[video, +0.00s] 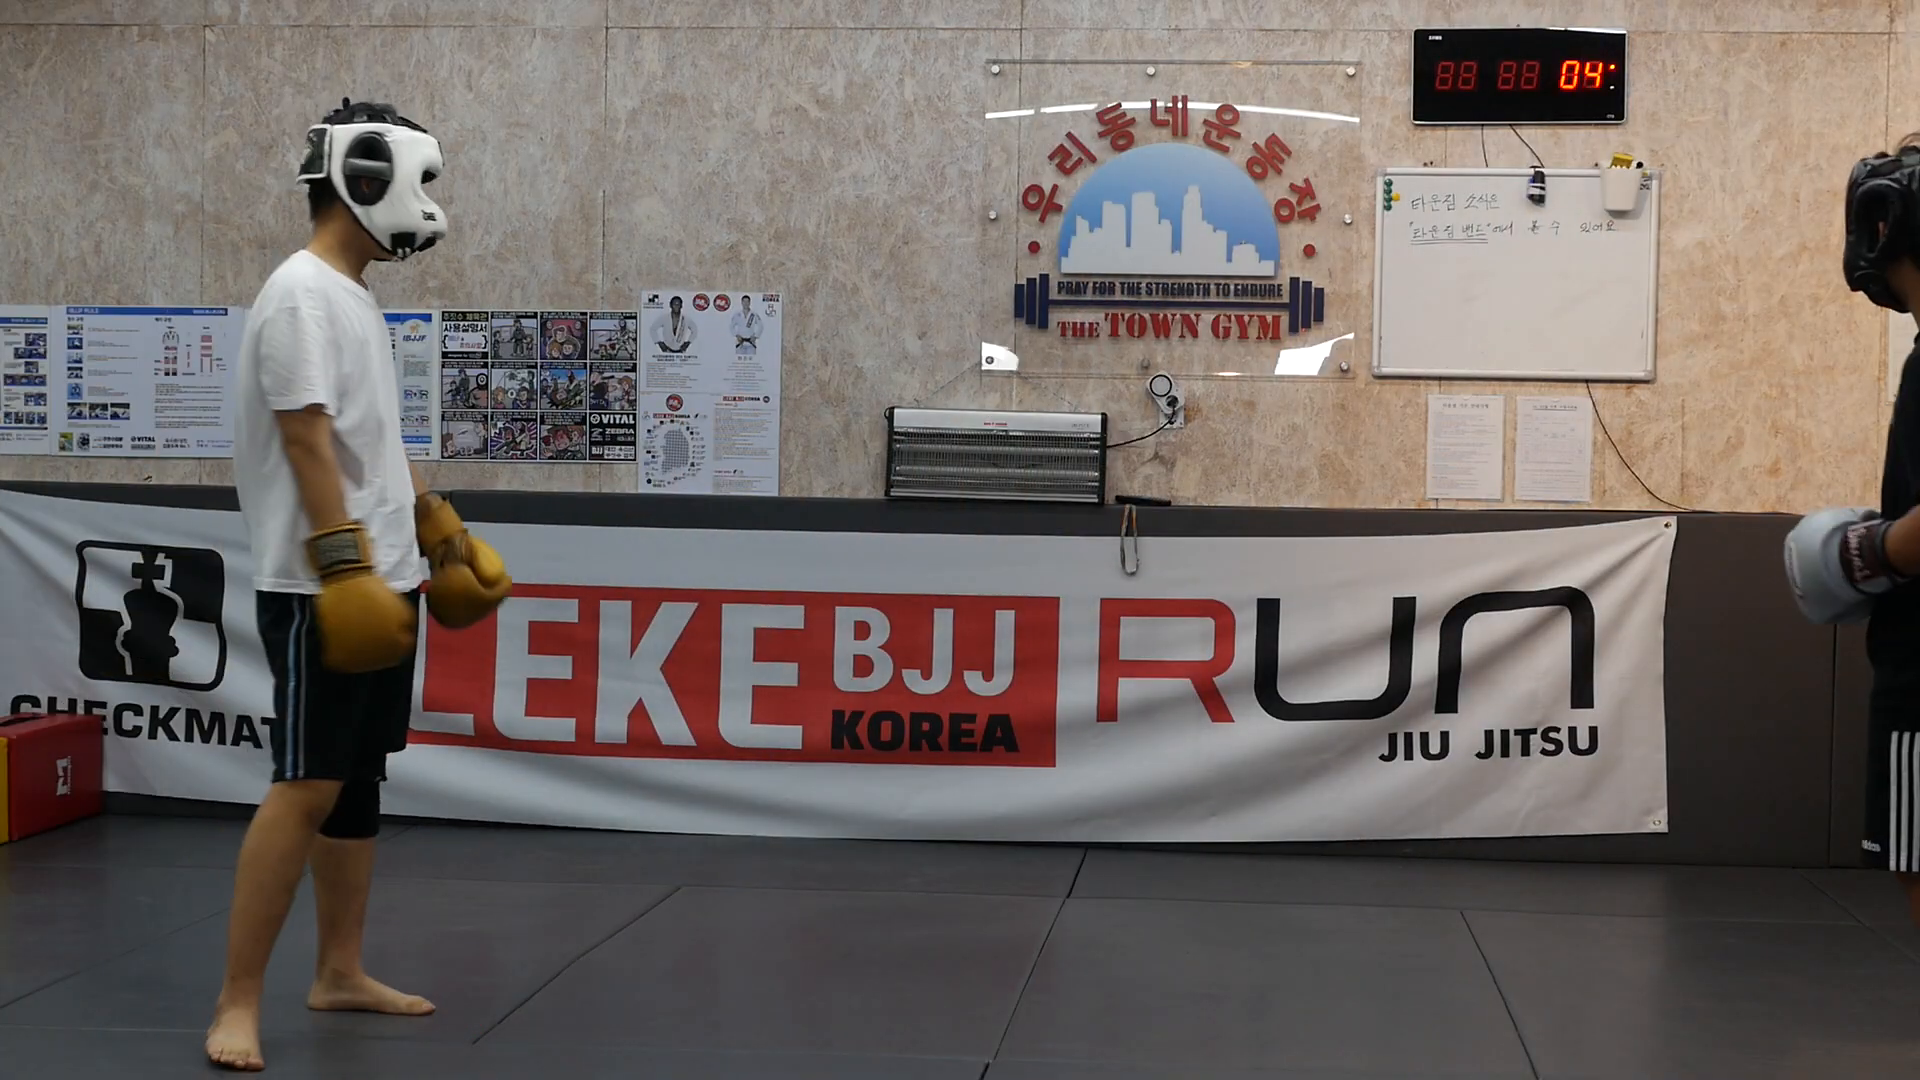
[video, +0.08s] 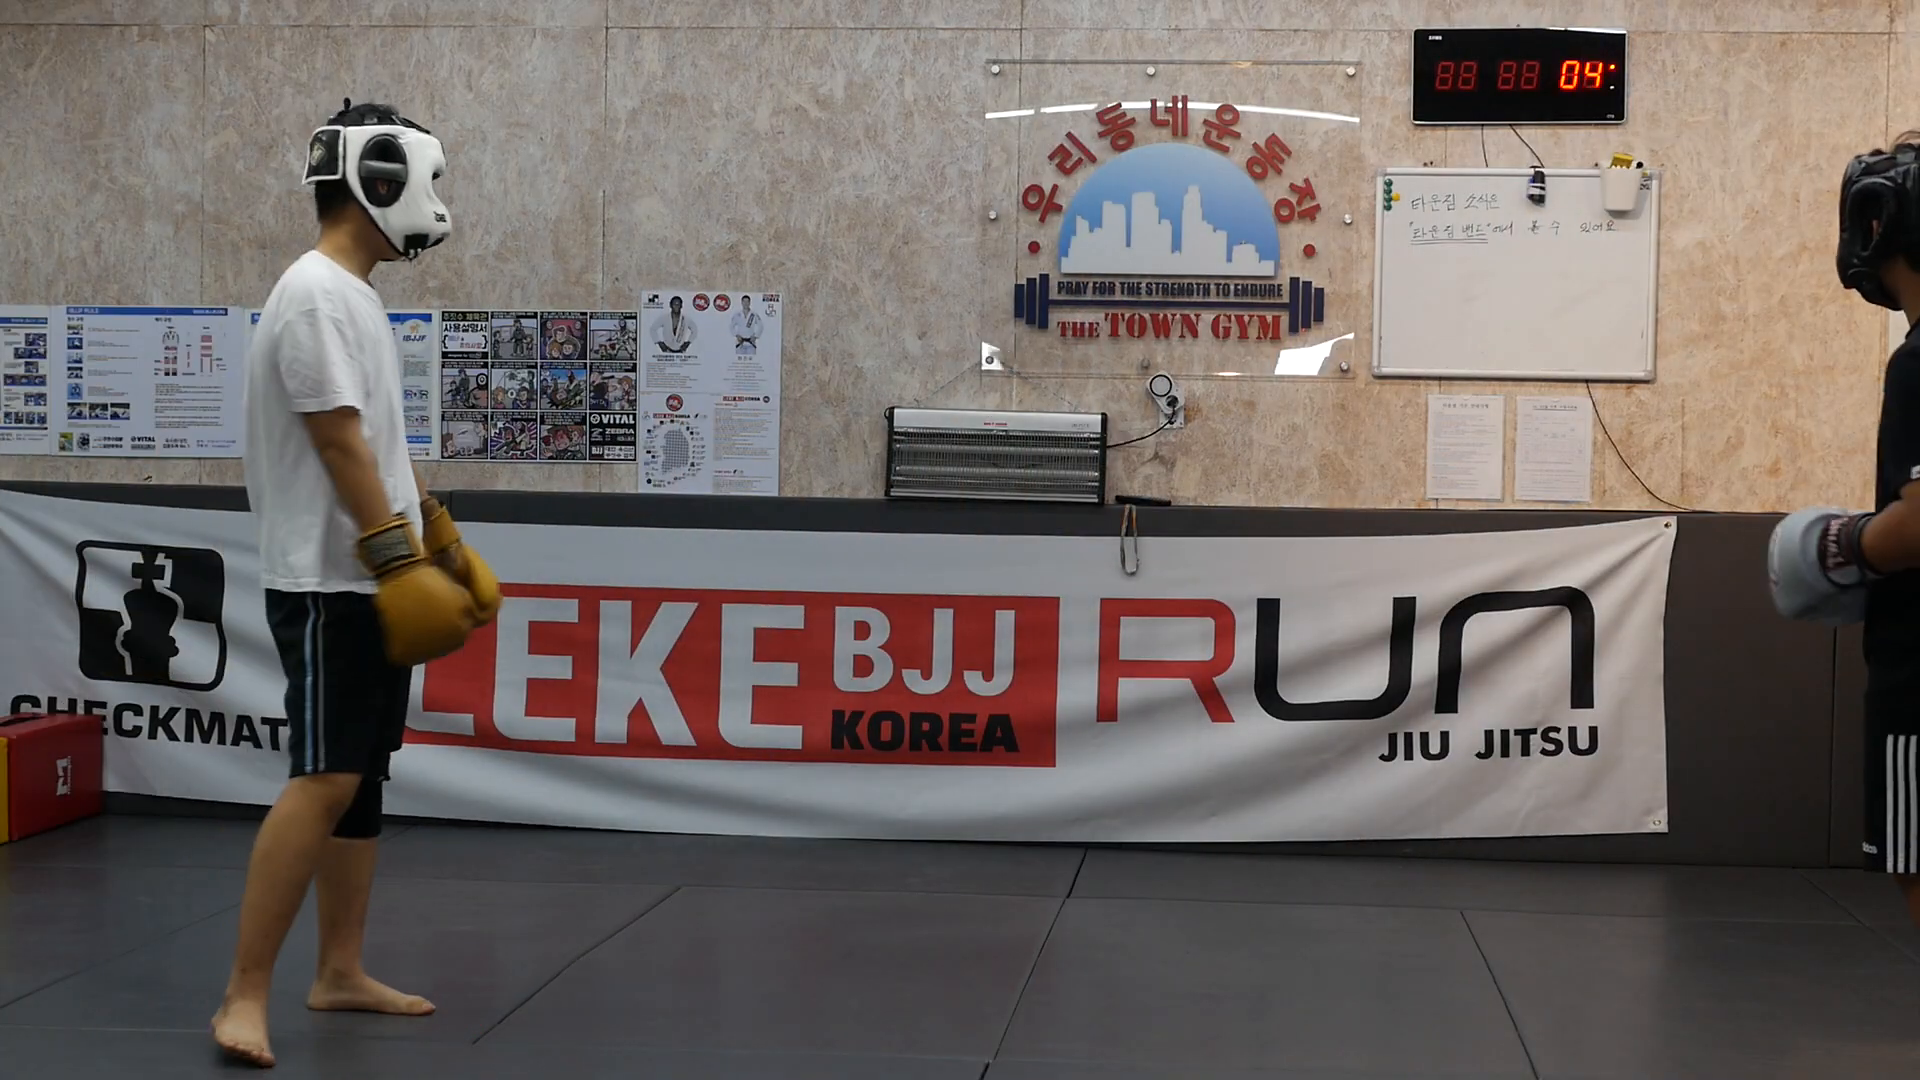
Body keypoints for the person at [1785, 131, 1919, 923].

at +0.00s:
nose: (1861, 256)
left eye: (1863, 232)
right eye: (1862, 234)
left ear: (1885, 232)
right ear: (1898, 233)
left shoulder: (1919, 361)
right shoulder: (1914, 359)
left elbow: (1917, 527)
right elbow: (1915, 516)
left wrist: (1872, 548)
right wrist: (1870, 546)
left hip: (1918, 688)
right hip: (1909, 682)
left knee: (1917, 886)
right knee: (1913, 882)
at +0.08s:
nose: (1856, 254)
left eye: (1859, 231)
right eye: (1859, 232)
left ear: (1879, 233)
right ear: (1896, 233)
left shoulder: (1912, 362)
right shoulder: (1905, 360)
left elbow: (1908, 519)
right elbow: (1906, 516)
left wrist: (1849, 543)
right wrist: (1861, 559)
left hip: (1909, 691)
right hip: (1902, 685)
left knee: (1911, 878)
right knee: (1907, 874)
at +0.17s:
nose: (1846, 246)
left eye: (1851, 226)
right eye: (1850, 226)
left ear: (1875, 233)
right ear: (1898, 232)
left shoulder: (1907, 360)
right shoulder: (1903, 358)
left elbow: (1901, 521)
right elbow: (1902, 518)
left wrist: (1828, 545)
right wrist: (1851, 563)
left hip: (1910, 689)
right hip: (1904, 683)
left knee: (1911, 877)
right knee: (1905, 873)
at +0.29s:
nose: (1854, 256)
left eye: (1857, 236)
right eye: (1856, 236)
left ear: (1876, 238)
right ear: (1912, 236)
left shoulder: (1900, 359)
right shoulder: (1907, 355)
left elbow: (1895, 520)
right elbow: (1902, 513)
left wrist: (1812, 547)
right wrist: (1842, 553)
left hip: (1910, 681)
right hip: (1911, 673)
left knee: (1909, 879)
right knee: (1904, 873)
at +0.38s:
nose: (1854, 252)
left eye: (1858, 233)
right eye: (1857, 233)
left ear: (1876, 237)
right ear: (1913, 235)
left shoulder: (1895, 357)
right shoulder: (1904, 353)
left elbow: (1894, 518)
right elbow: (1902, 504)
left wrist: (1815, 550)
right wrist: (1839, 525)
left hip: (1909, 677)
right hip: (1909, 670)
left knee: (1909, 880)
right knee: (1904, 873)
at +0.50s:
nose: (1861, 264)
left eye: (1863, 244)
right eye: (1863, 246)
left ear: (1883, 243)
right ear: (1912, 242)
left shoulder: (1898, 358)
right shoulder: (1904, 355)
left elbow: (1890, 515)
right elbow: (1903, 494)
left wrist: (1815, 554)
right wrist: (1848, 511)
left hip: (1908, 674)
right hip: (1909, 667)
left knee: (1910, 882)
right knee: (1905, 876)